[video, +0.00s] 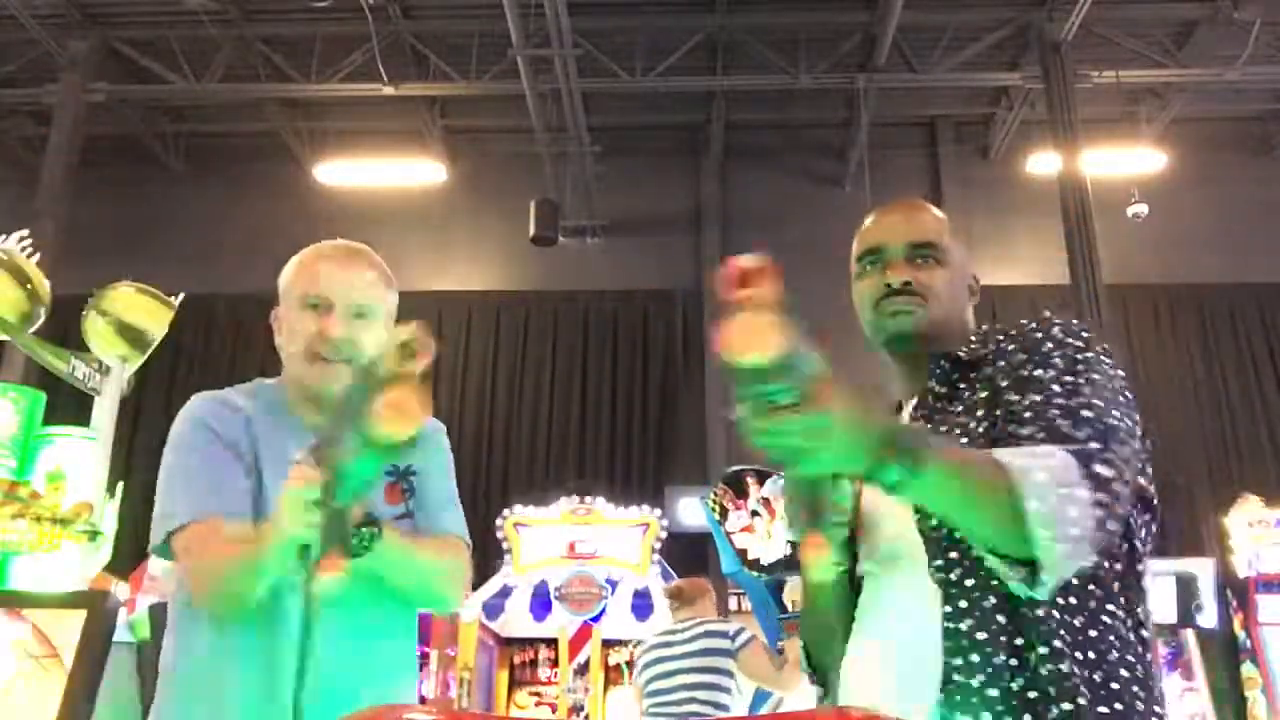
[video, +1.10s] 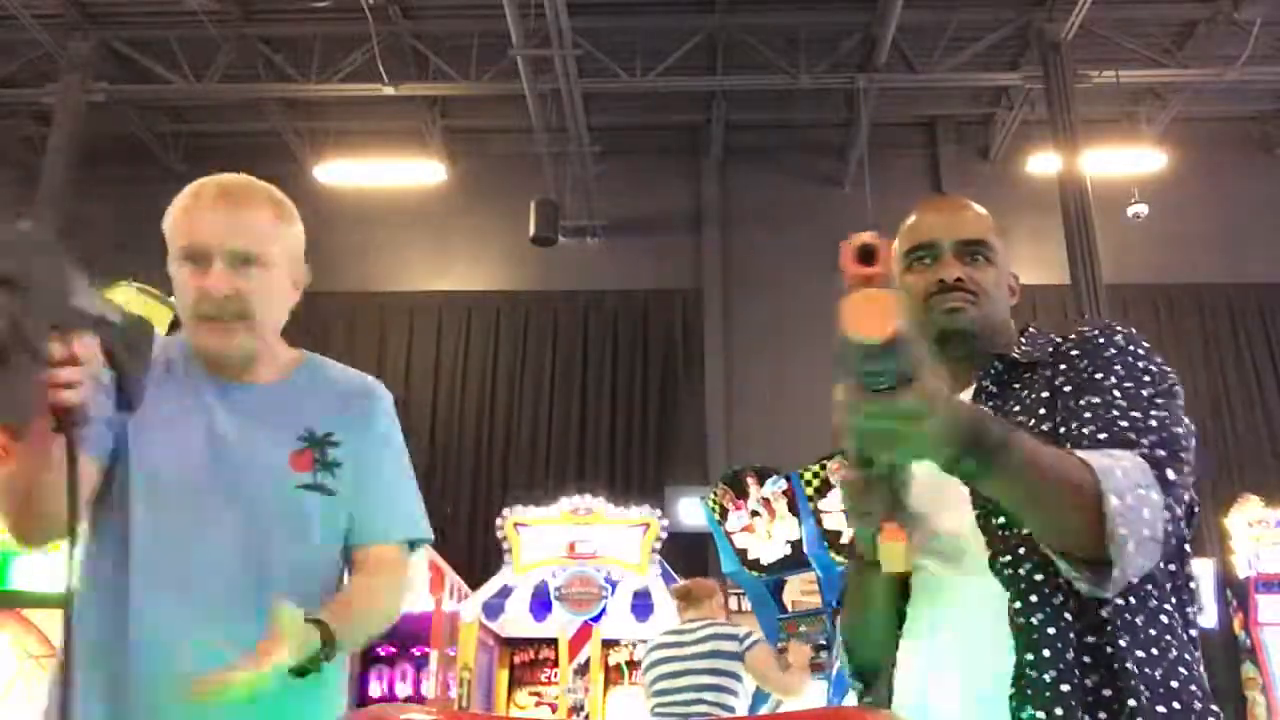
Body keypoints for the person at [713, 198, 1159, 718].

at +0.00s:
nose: (896, 274)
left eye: (924, 257)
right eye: (872, 263)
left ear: (972, 281)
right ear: (853, 301)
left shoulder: (1052, 352)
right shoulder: (873, 443)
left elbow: (1072, 522)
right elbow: (836, 664)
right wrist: (818, 532)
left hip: (1060, 701)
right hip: (899, 704)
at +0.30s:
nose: (915, 269)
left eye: (942, 251)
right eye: (892, 256)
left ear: (987, 284)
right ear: (871, 293)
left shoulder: (1072, 349)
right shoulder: (875, 426)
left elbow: (1114, 522)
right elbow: (849, 670)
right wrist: (843, 538)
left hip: (1088, 698)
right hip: (931, 704)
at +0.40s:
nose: (929, 270)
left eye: (948, 247)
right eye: (902, 255)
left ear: (986, 271)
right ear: (876, 297)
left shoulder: (1087, 353)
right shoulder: (874, 424)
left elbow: (1150, 519)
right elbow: (828, 656)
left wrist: (1011, 406)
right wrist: (859, 528)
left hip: (1101, 701)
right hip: (924, 709)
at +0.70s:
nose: (945, 274)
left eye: (969, 257)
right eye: (916, 259)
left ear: (1002, 288)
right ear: (885, 297)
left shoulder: (1091, 360)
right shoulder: (872, 429)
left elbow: (1106, 514)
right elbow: (856, 667)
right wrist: (852, 537)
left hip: (1083, 701)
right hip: (919, 706)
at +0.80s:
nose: (944, 274)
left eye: (968, 257)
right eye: (916, 261)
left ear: (1005, 286)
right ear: (887, 302)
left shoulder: (1089, 359)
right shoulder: (902, 447)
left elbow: (1037, 487)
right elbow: (871, 666)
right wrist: (845, 551)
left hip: (1088, 697)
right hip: (933, 702)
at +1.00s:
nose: (947, 271)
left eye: (971, 256)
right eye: (919, 261)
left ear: (1009, 286)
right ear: (892, 302)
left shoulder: (1099, 352)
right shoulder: (900, 434)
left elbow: (1098, 515)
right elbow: (879, 669)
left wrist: (919, 434)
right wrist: (856, 515)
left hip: (1098, 701)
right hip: (938, 705)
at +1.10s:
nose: (949, 273)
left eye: (974, 255)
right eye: (923, 259)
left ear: (1012, 287)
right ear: (898, 296)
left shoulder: (1103, 358)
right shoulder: (901, 423)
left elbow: (1131, 531)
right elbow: (870, 666)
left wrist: (963, 437)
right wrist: (871, 535)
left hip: (1126, 696)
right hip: (946, 703)